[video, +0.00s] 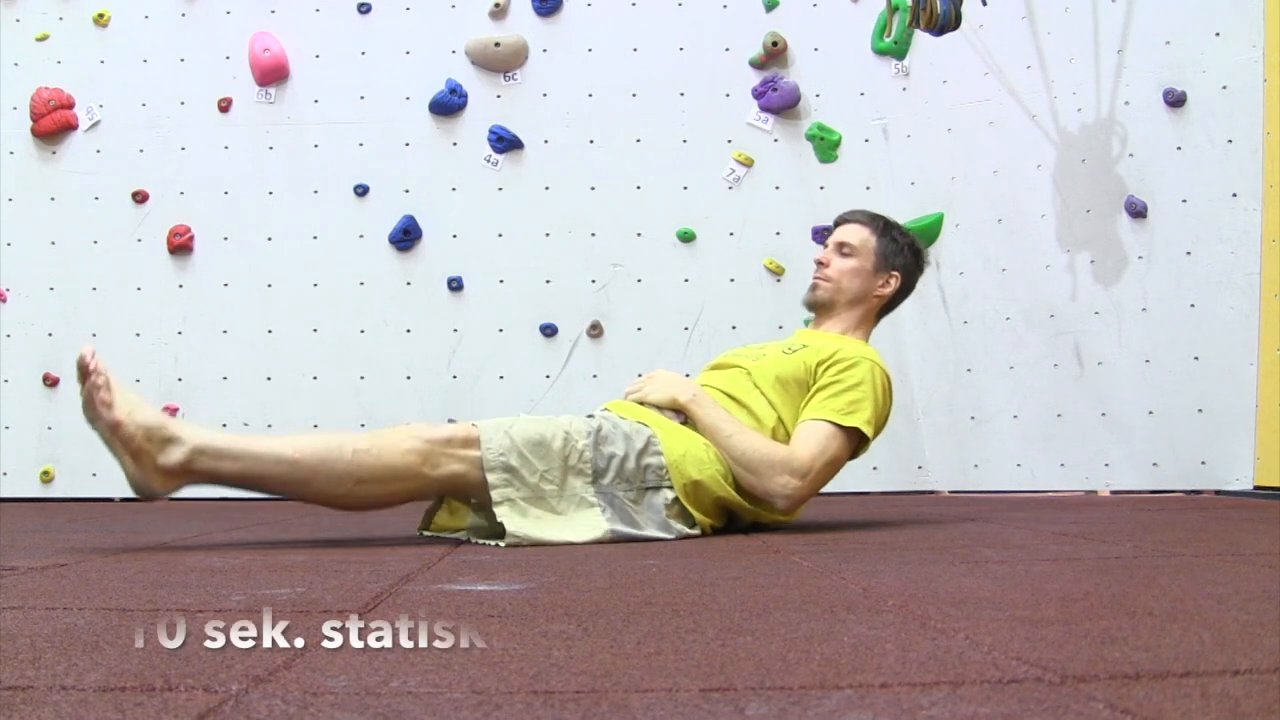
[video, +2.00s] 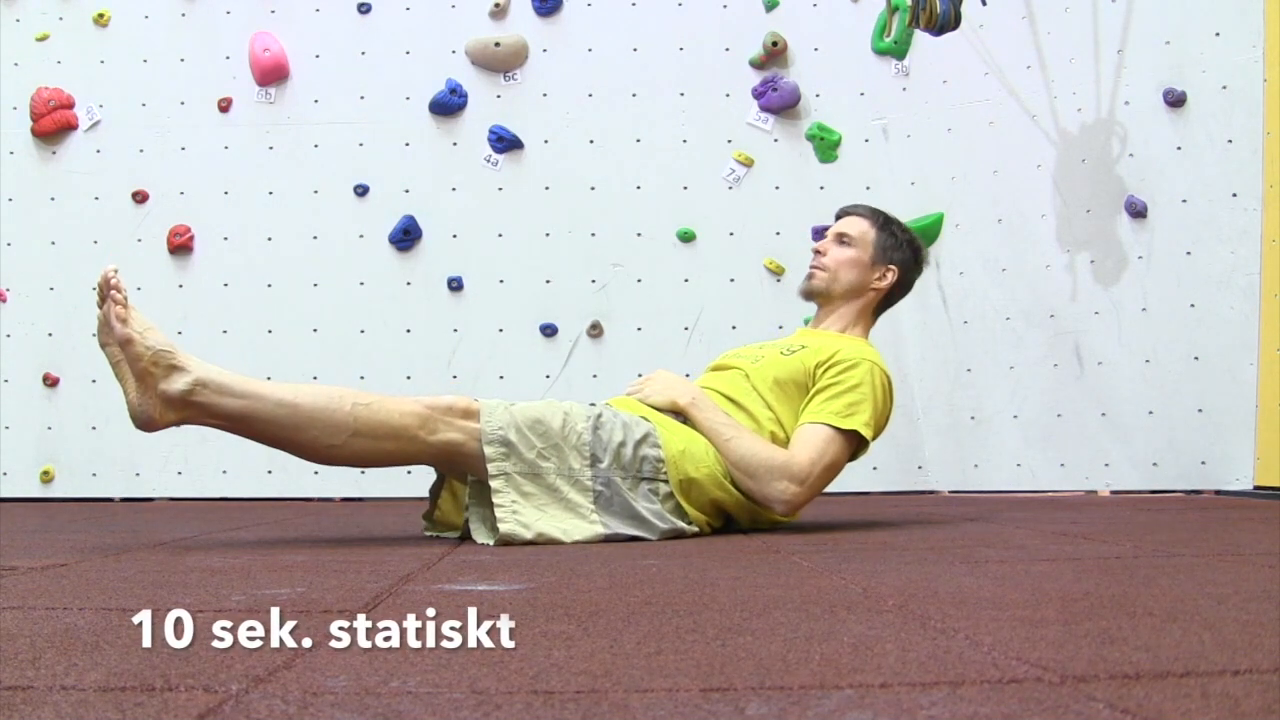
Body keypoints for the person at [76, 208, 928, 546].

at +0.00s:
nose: (821, 257)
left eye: (843, 251)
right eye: (826, 246)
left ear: (883, 286)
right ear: (835, 273)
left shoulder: (855, 365)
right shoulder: (798, 352)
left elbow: (788, 486)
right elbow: (752, 459)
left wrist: (692, 396)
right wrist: (674, 403)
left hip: (664, 464)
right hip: (641, 450)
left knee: (445, 449)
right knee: (431, 450)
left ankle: (178, 453)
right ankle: (176, 452)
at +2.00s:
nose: (819, 246)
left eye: (840, 240)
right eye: (824, 237)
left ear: (884, 277)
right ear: (838, 270)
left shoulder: (855, 362)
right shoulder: (793, 350)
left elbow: (788, 486)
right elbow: (739, 451)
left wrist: (692, 398)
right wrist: (671, 399)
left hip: (662, 460)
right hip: (641, 444)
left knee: (445, 421)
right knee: (434, 422)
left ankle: (180, 387)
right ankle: (179, 390)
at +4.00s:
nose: (838, 250)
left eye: (862, 249)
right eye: (847, 242)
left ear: (892, 294)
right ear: (851, 278)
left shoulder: (860, 371)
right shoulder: (800, 356)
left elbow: (791, 489)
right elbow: (751, 466)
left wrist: (697, 400)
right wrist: (674, 405)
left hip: (658, 460)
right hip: (639, 447)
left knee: (435, 427)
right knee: (422, 432)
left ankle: (176, 403)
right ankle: (177, 404)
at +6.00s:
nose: (848, 260)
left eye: (873, 259)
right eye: (857, 250)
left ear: (900, 306)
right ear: (863, 290)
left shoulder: (866, 380)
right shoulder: (809, 363)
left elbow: (792, 494)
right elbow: (758, 476)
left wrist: (699, 402)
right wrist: (678, 409)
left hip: (656, 460)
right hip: (640, 447)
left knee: (441, 431)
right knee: (429, 430)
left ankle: (175, 412)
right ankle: (177, 413)